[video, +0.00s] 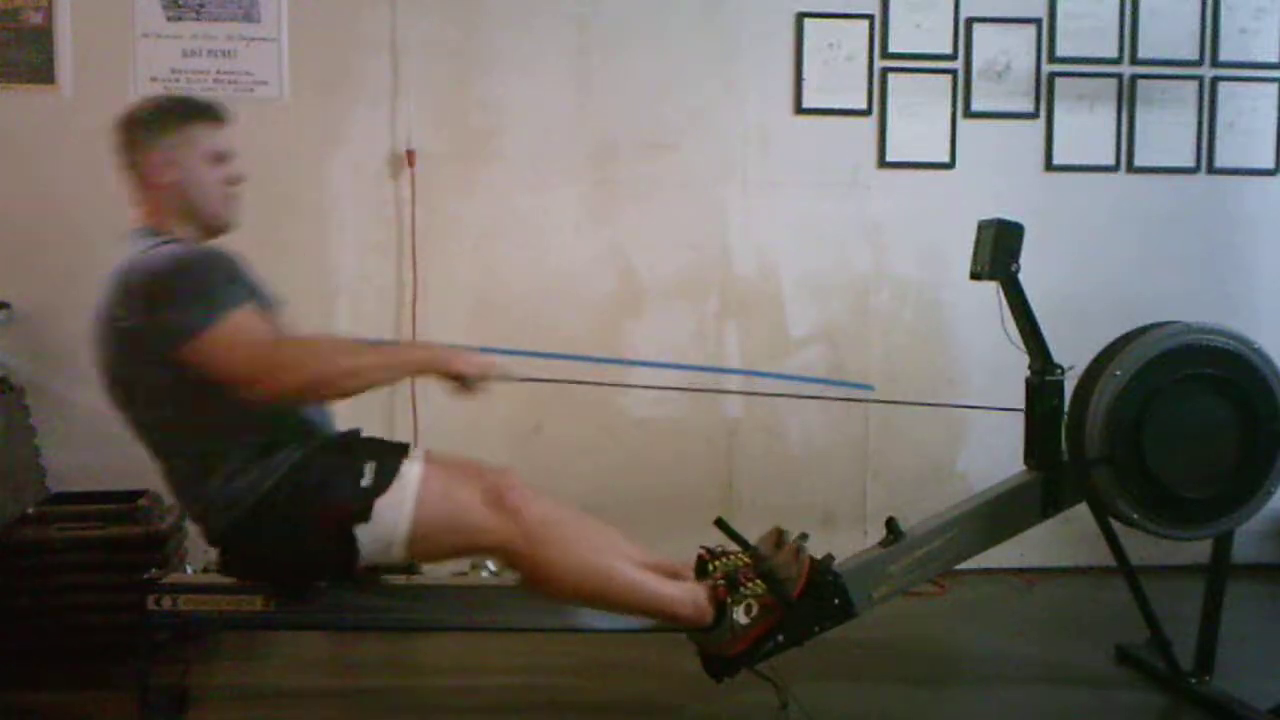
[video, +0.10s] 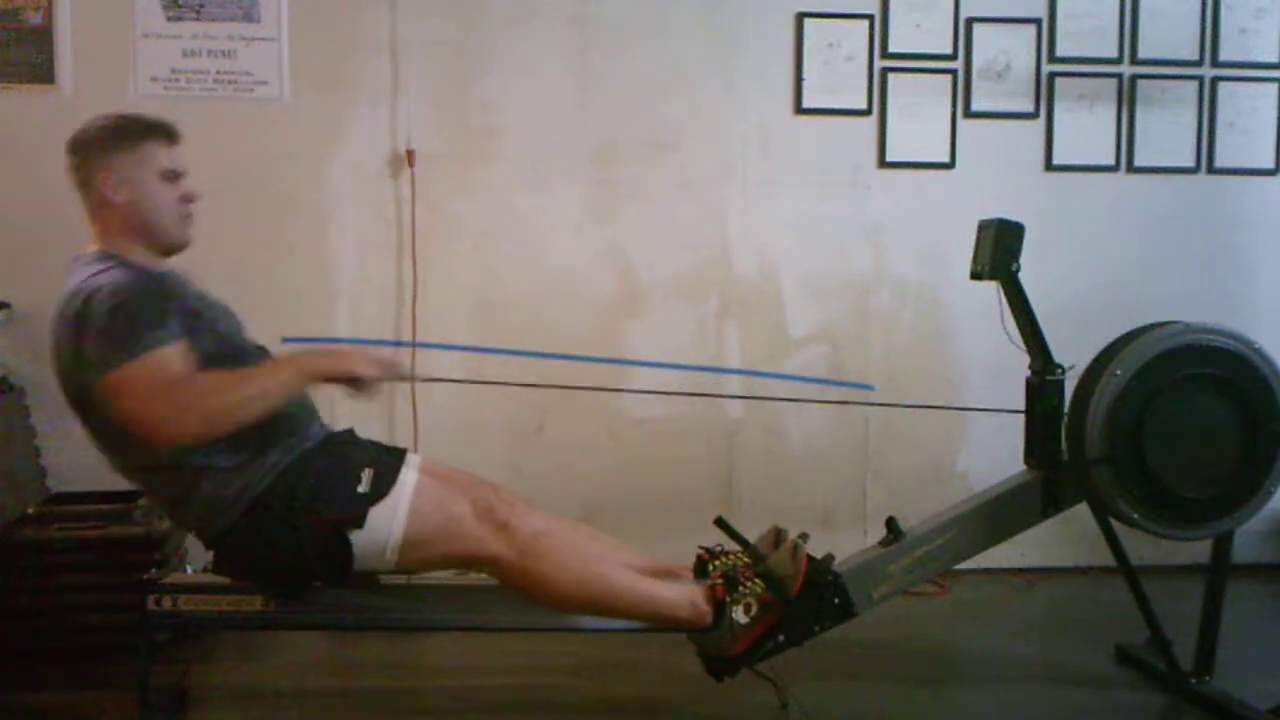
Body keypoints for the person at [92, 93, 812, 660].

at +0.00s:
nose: (235, 174)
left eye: (231, 158)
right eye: (216, 159)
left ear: (178, 175)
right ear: (154, 176)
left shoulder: (188, 267)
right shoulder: (167, 273)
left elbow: (280, 369)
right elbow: (267, 372)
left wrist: (411, 358)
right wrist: (424, 358)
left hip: (295, 476)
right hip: (275, 499)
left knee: (503, 491)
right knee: (501, 512)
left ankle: (701, 588)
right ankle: (710, 616)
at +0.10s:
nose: (190, 196)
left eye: (185, 180)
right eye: (169, 180)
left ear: (122, 195)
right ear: (108, 194)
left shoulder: (144, 289)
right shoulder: (113, 296)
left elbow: (187, 404)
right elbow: (164, 415)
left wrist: (312, 370)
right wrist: (315, 366)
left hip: (298, 479)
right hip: (276, 503)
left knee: (496, 506)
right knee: (490, 527)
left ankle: (705, 590)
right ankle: (708, 612)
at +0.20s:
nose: (170, 208)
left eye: (165, 191)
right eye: (149, 191)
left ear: (102, 203)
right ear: (88, 201)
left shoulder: (134, 298)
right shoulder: (81, 303)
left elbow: (148, 415)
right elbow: (80, 443)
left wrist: (251, 366)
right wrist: (211, 360)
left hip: (301, 474)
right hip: (272, 500)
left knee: (500, 512)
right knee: (490, 527)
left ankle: (708, 596)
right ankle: (707, 612)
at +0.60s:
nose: (224, 197)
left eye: (221, 181)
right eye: (206, 180)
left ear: (166, 188)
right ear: (143, 185)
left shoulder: (175, 286)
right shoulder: (124, 294)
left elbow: (223, 404)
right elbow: (175, 431)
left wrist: (333, 395)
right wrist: (321, 391)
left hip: (294, 475)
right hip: (270, 505)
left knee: (500, 501)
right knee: (493, 524)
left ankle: (704, 591)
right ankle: (710, 614)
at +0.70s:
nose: (256, 191)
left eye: (255, 174)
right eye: (240, 174)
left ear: (195, 178)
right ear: (175, 176)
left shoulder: (213, 278)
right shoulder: (156, 284)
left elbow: (284, 380)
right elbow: (239, 412)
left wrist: (393, 402)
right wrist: (396, 405)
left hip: (296, 476)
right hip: (264, 508)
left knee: (500, 493)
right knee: (496, 512)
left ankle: (706, 587)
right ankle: (711, 617)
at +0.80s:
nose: (293, 186)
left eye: (291, 169)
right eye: (276, 168)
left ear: (229, 174)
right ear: (214, 171)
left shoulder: (244, 268)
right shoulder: (192, 275)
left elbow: (345, 363)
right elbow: (316, 383)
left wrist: (458, 404)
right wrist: (462, 407)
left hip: (306, 476)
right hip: (274, 515)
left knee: (499, 481)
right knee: (500, 502)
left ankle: (700, 583)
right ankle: (707, 614)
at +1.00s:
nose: (378, 188)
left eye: (376, 169)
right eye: (362, 167)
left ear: (304, 172)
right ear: (302, 169)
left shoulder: (276, 255)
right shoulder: (288, 263)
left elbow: (424, 352)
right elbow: (429, 351)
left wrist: (554, 406)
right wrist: (560, 406)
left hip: (319, 488)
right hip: (315, 502)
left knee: (538, 461)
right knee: (538, 466)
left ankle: (703, 587)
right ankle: (708, 616)